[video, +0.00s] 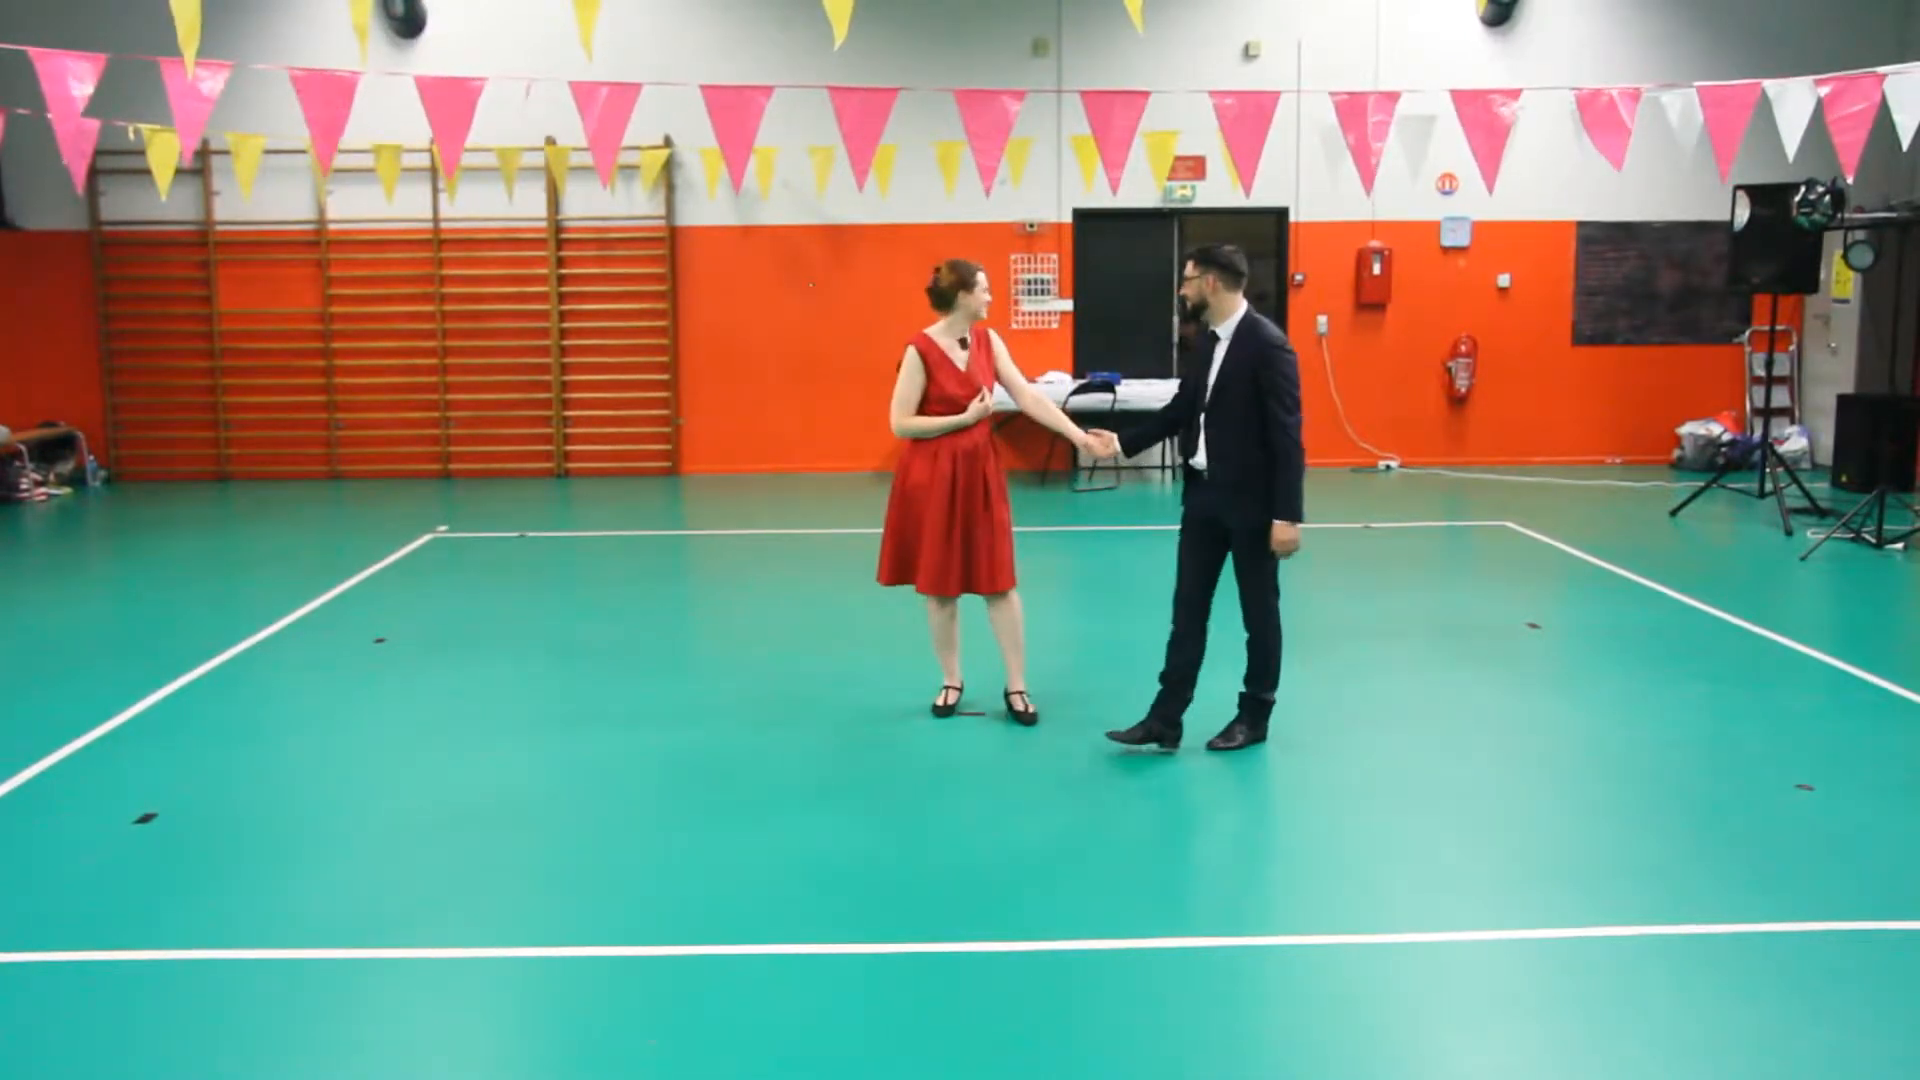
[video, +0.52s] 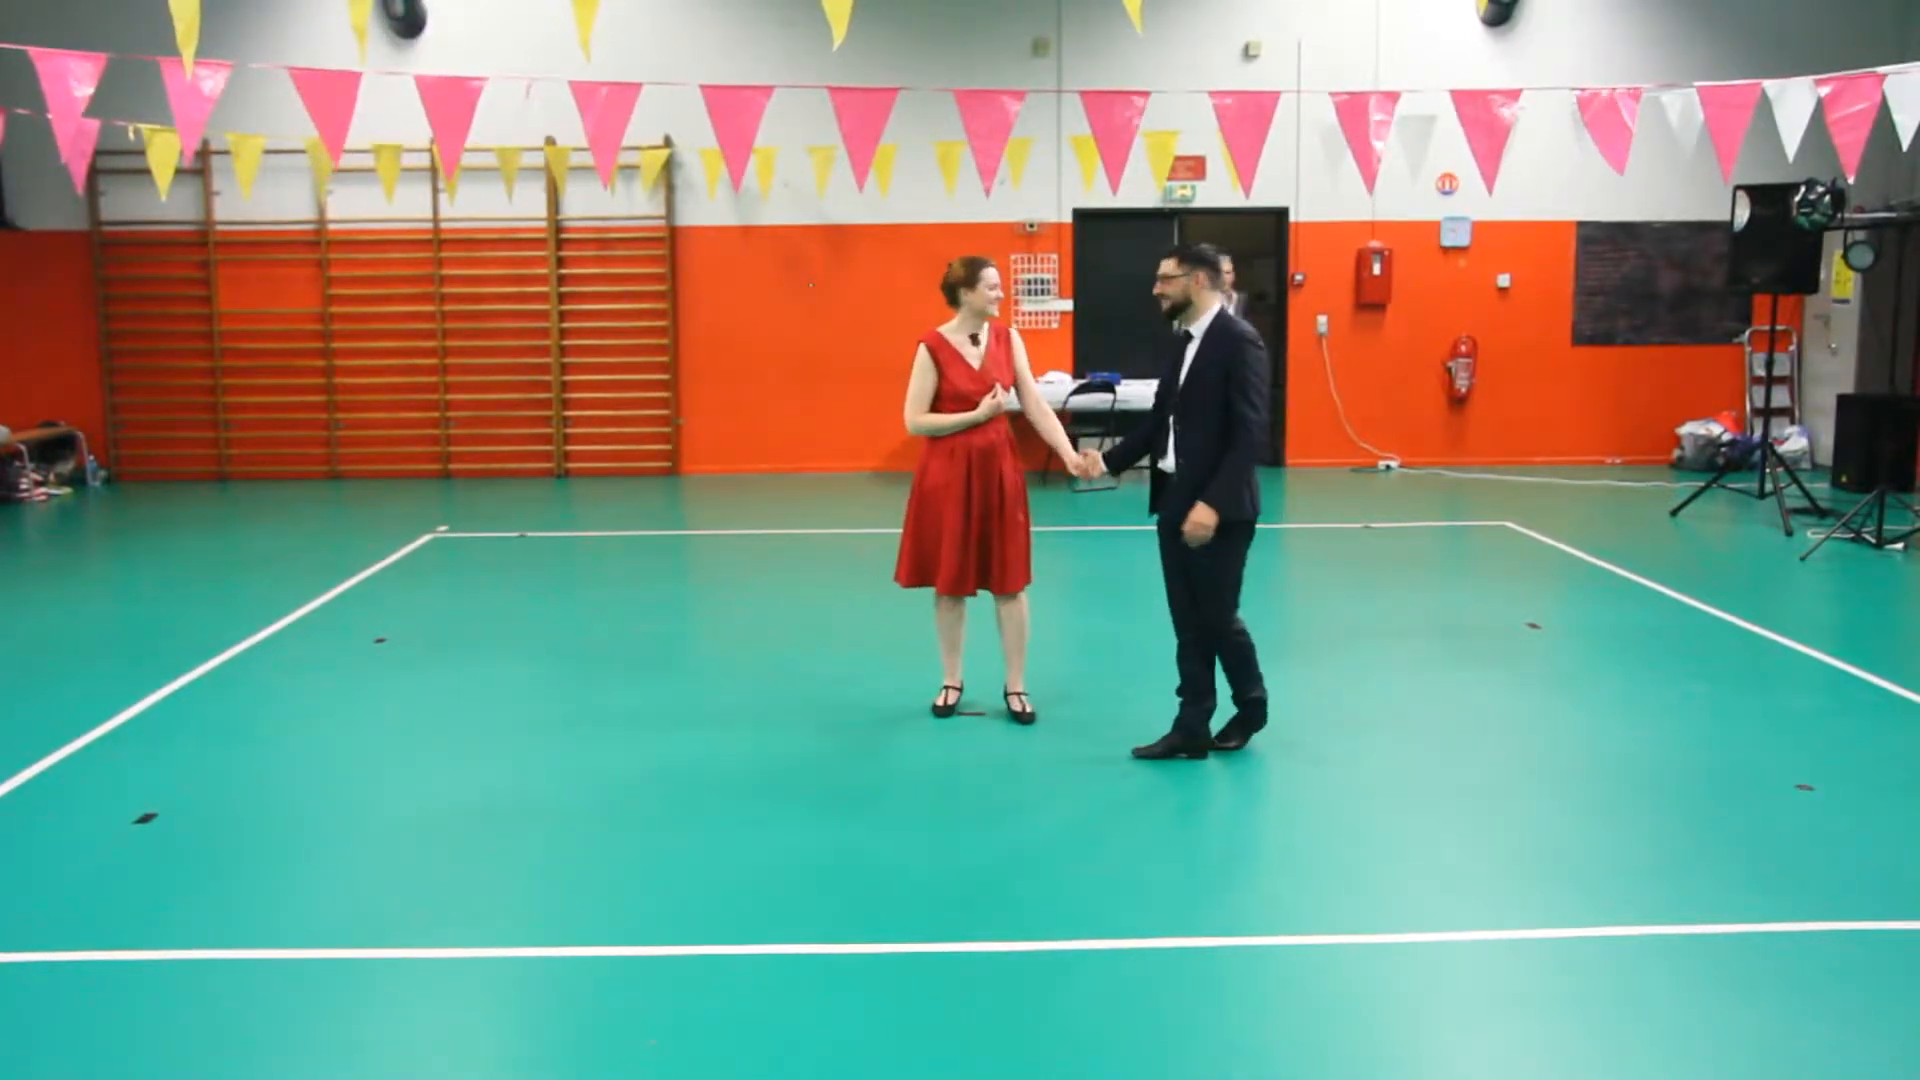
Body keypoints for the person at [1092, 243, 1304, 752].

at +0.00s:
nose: (1182, 290)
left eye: (1188, 280)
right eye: (1183, 281)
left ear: (1213, 282)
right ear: (1211, 284)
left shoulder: (1269, 345)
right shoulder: (1204, 341)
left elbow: (1287, 432)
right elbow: (1181, 411)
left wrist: (1287, 513)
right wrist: (1121, 443)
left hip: (1253, 499)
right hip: (1204, 494)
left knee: (1260, 617)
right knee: (1188, 612)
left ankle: (1254, 718)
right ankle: (1165, 721)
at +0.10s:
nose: (1180, 290)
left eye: (1186, 280)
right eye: (1182, 281)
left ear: (1209, 283)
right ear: (1210, 285)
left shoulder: (1265, 345)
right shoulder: (1203, 343)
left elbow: (1284, 433)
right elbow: (1178, 412)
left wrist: (1286, 514)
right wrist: (1119, 444)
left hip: (1250, 498)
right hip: (1200, 494)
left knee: (1257, 613)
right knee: (1196, 611)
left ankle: (1254, 718)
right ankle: (1186, 727)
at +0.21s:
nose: (1177, 290)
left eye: (1182, 280)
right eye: (1179, 281)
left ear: (1204, 283)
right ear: (1206, 285)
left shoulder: (1262, 345)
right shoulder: (1199, 342)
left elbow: (1279, 434)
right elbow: (1176, 413)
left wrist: (1278, 515)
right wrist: (1117, 447)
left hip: (1245, 501)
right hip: (1195, 496)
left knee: (1253, 616)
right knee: (1199, 618)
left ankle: (1254, 717)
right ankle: (1194, 726)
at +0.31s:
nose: (1170, 289)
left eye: (1175, 279)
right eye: (1172, 280)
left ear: (1200, 282)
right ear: (1199, 283)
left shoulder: (1256, 343)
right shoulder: (1193, 339)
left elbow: (1269, 435)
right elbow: (1173, 415)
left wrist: (1256, 514)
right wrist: (1115, 451)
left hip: (1235, 501)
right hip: (1188, 497)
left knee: (1244, 618)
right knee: (1197, 620)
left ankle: (1254, 717)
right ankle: (1192, 728)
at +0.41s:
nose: (1163, 289)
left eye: (1169, 279)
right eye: (1164, 280)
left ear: (1198, 281)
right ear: (1194, 282)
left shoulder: (1248, 342)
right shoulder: (1189, 340)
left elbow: (1259, 434)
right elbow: (1167, 420)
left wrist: (1231, 508)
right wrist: (1112, 455)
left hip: (1228, 501)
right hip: (1182, 498)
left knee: (1233, 614)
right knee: (1193, 620)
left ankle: (1254, 713)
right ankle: (1192, 729)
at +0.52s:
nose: (1157, 288)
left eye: (1167, 279)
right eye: (1157, 280)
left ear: (1201, 281)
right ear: (1187, 284)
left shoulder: (1242, 343)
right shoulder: (1181, 340)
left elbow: (1250, 434)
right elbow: (1160, 422)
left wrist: (1214, 502)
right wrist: (1108, 462)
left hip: (1223, 503)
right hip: (1177, 501)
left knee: (1219, 618)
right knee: (1189, 623)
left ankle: (1252, 707)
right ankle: (1191, 729)